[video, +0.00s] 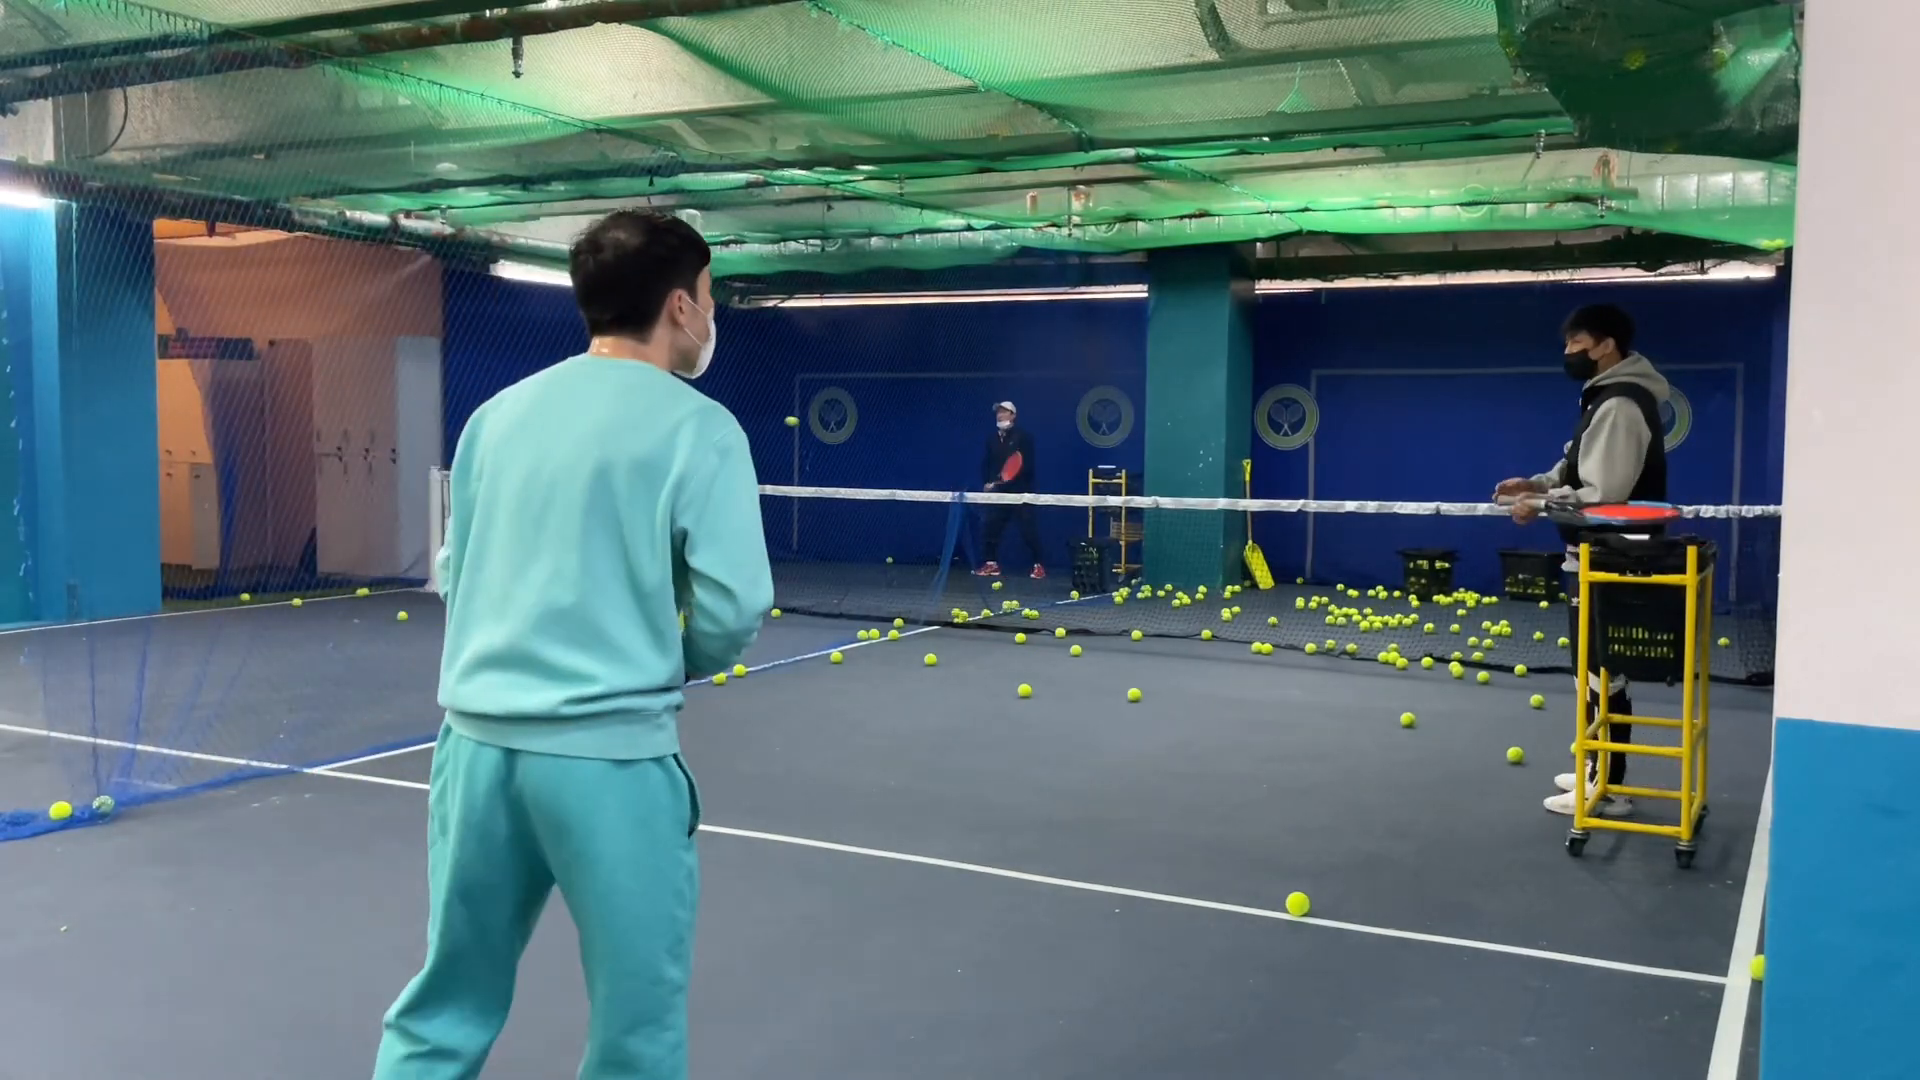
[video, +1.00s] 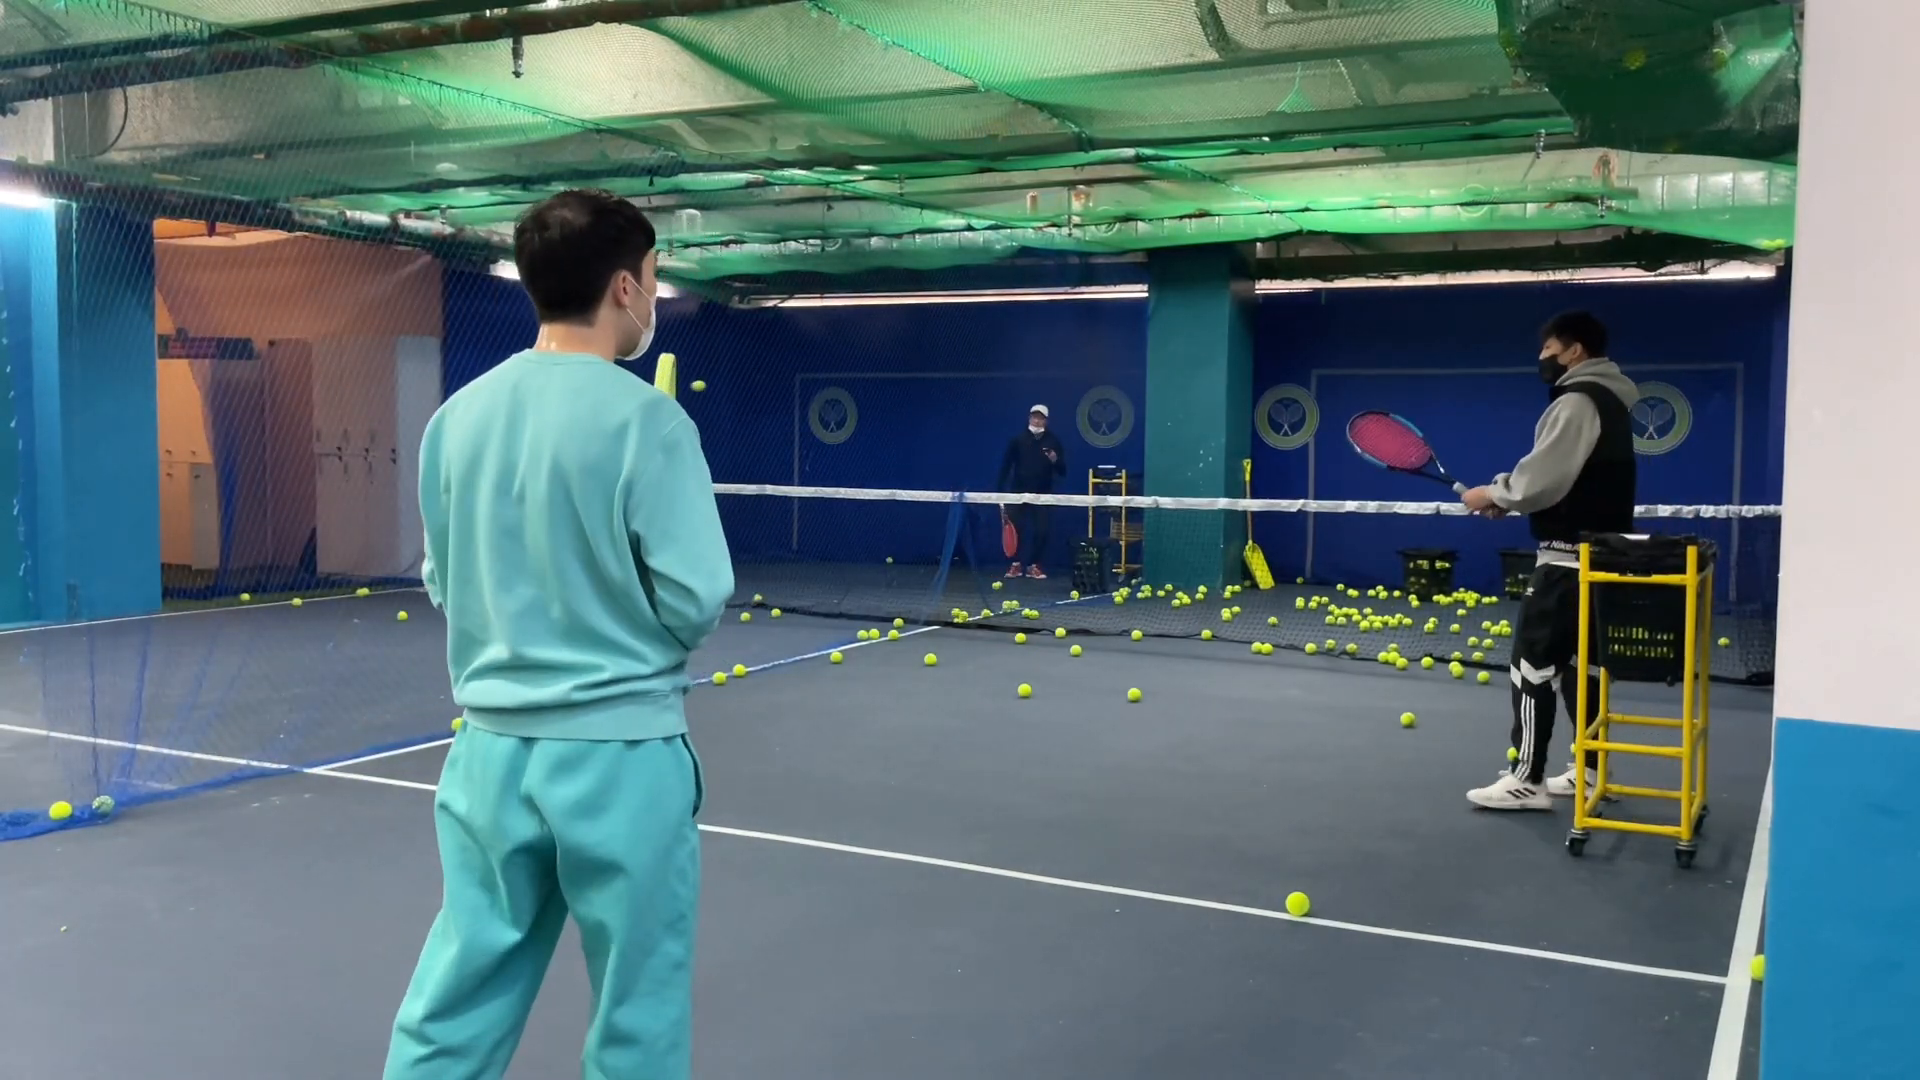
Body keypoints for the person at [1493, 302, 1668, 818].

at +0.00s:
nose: (1569, 350)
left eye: (1578, 341)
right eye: (1568, 342)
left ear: (1608, 344)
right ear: (1601, 348)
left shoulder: (1619, 405)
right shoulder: (1603, 399)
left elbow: (1604, 492)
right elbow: (1576, 469)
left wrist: (1543, 504)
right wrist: (1535, 484)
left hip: (1612, 557)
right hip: (1596, 553)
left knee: (1602, 669)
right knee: (1594, 665)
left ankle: (1606, 785)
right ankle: (1598, 768)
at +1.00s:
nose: (1543, 358)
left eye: (1550, 349)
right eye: (1543, 350)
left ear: (1579, 348)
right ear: (1583, 351)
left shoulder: (1577, 403)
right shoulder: (1606, 399)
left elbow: (1546, 475)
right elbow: (1566, 479)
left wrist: (1492, 492)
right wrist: (1507, 497)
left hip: (1566, 556)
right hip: (1598, 554)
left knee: (1532, 664)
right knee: (1579, 665)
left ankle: (1526, 779)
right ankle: (1590, 771)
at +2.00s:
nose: (1444, 371)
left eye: (1448, 361)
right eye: (1441, 364)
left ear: (1476, 354)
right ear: (1462, 362)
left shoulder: (1522, 398)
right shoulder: (1460, 415)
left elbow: (1514, 460)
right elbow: (1439, 483)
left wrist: (1449, 455)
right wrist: (1419, 472)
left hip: (1522, 555)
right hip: (1487, 557)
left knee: (1501, 673)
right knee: (1479, 666)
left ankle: (1502, 786)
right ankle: (1480, 760)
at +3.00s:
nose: (1438, 367)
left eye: (1444, 356)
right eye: (1433, 361)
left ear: (1473, 352)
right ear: (1436, 365)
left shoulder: (1497, 402)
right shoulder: (1464, 401)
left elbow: (1479, 473)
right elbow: (1441, 451)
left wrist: (1435, 495)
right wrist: (1412, 476)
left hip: (1497, 556)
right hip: (1468, 554)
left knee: (1481, 670)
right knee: (1465, 667)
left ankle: (1502, 786)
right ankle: (1478, 760)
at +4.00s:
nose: (1433, 361)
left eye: (1442, 352)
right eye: (1429, 356)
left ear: (1474, 353)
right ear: (1438, 364)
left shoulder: (1499, 400)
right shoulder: (1456, 406)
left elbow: (1494, 476)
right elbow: (1432, 470)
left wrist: (1452, 523)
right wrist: (1431, 516)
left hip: (1507, 557)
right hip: (1478, 557)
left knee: (1485, 672)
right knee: (1471, 667)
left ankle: (1501, 786)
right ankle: (1482, 760)